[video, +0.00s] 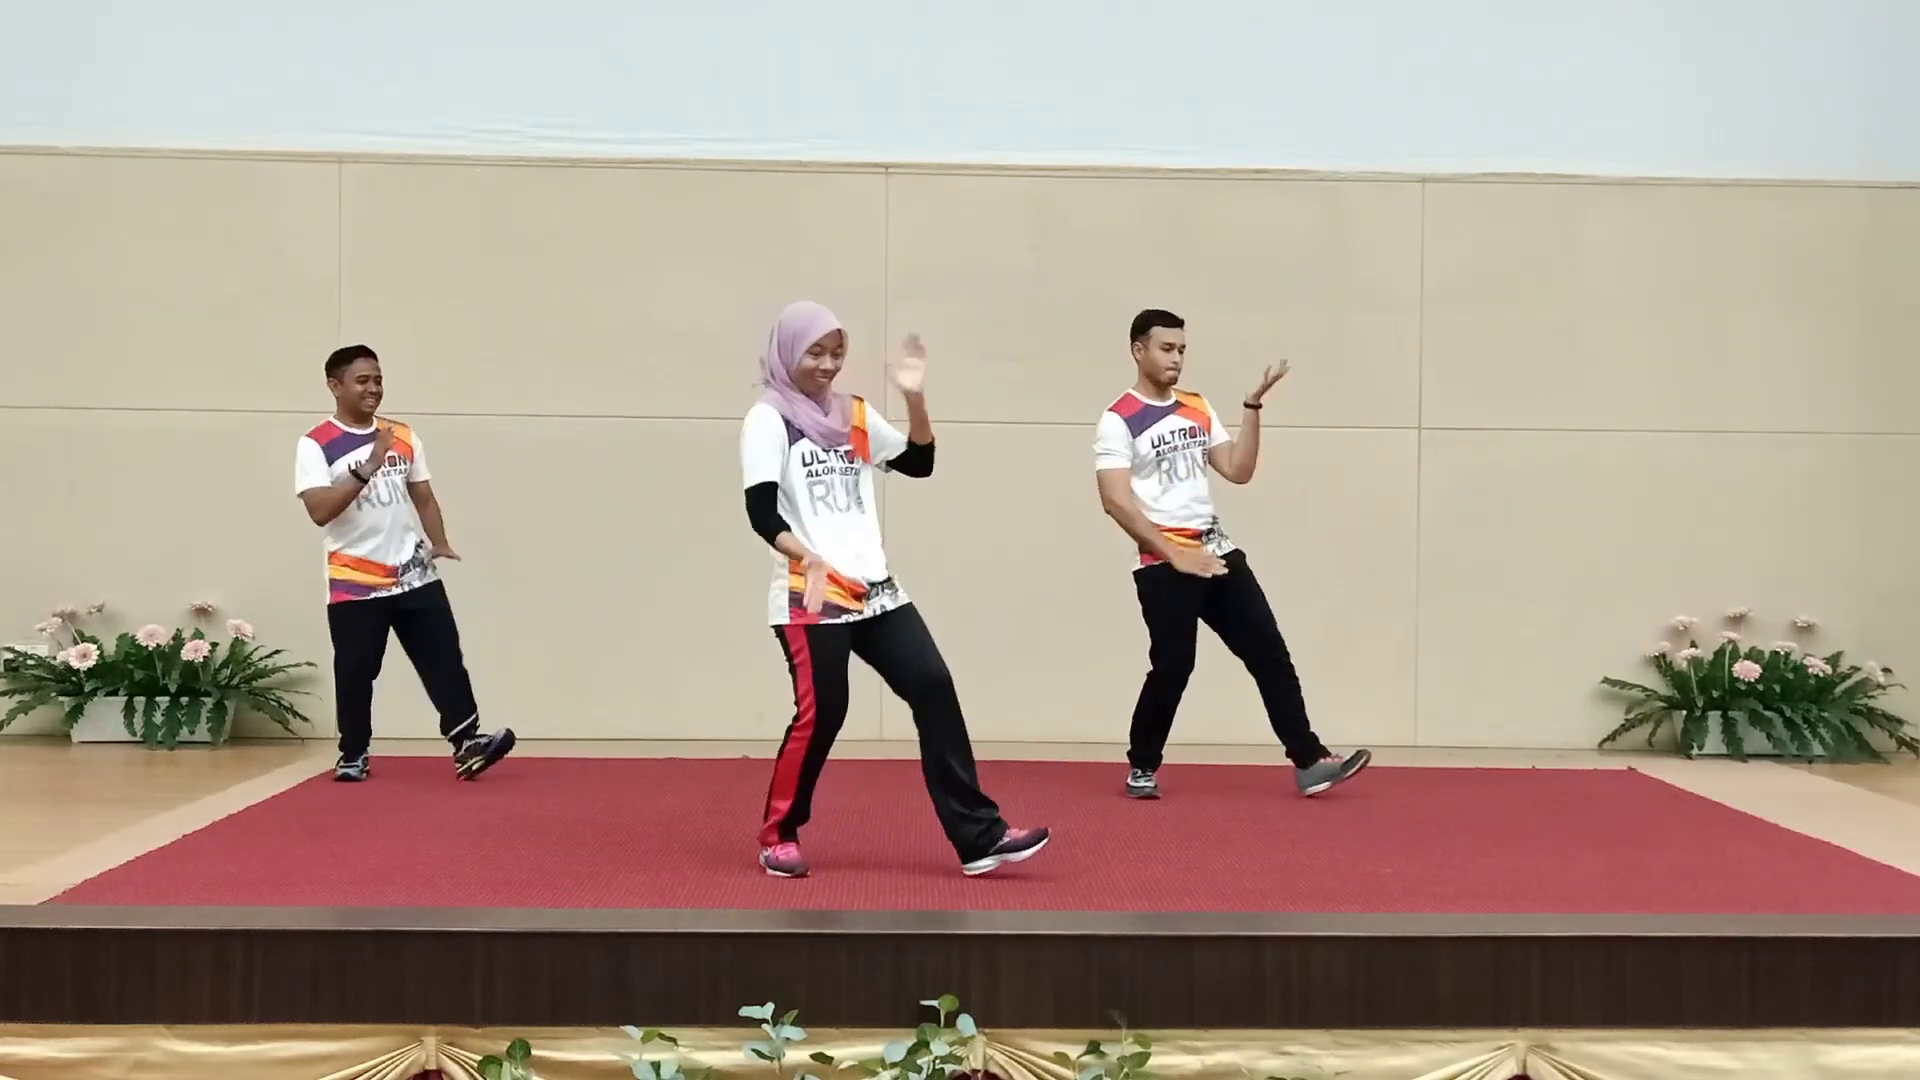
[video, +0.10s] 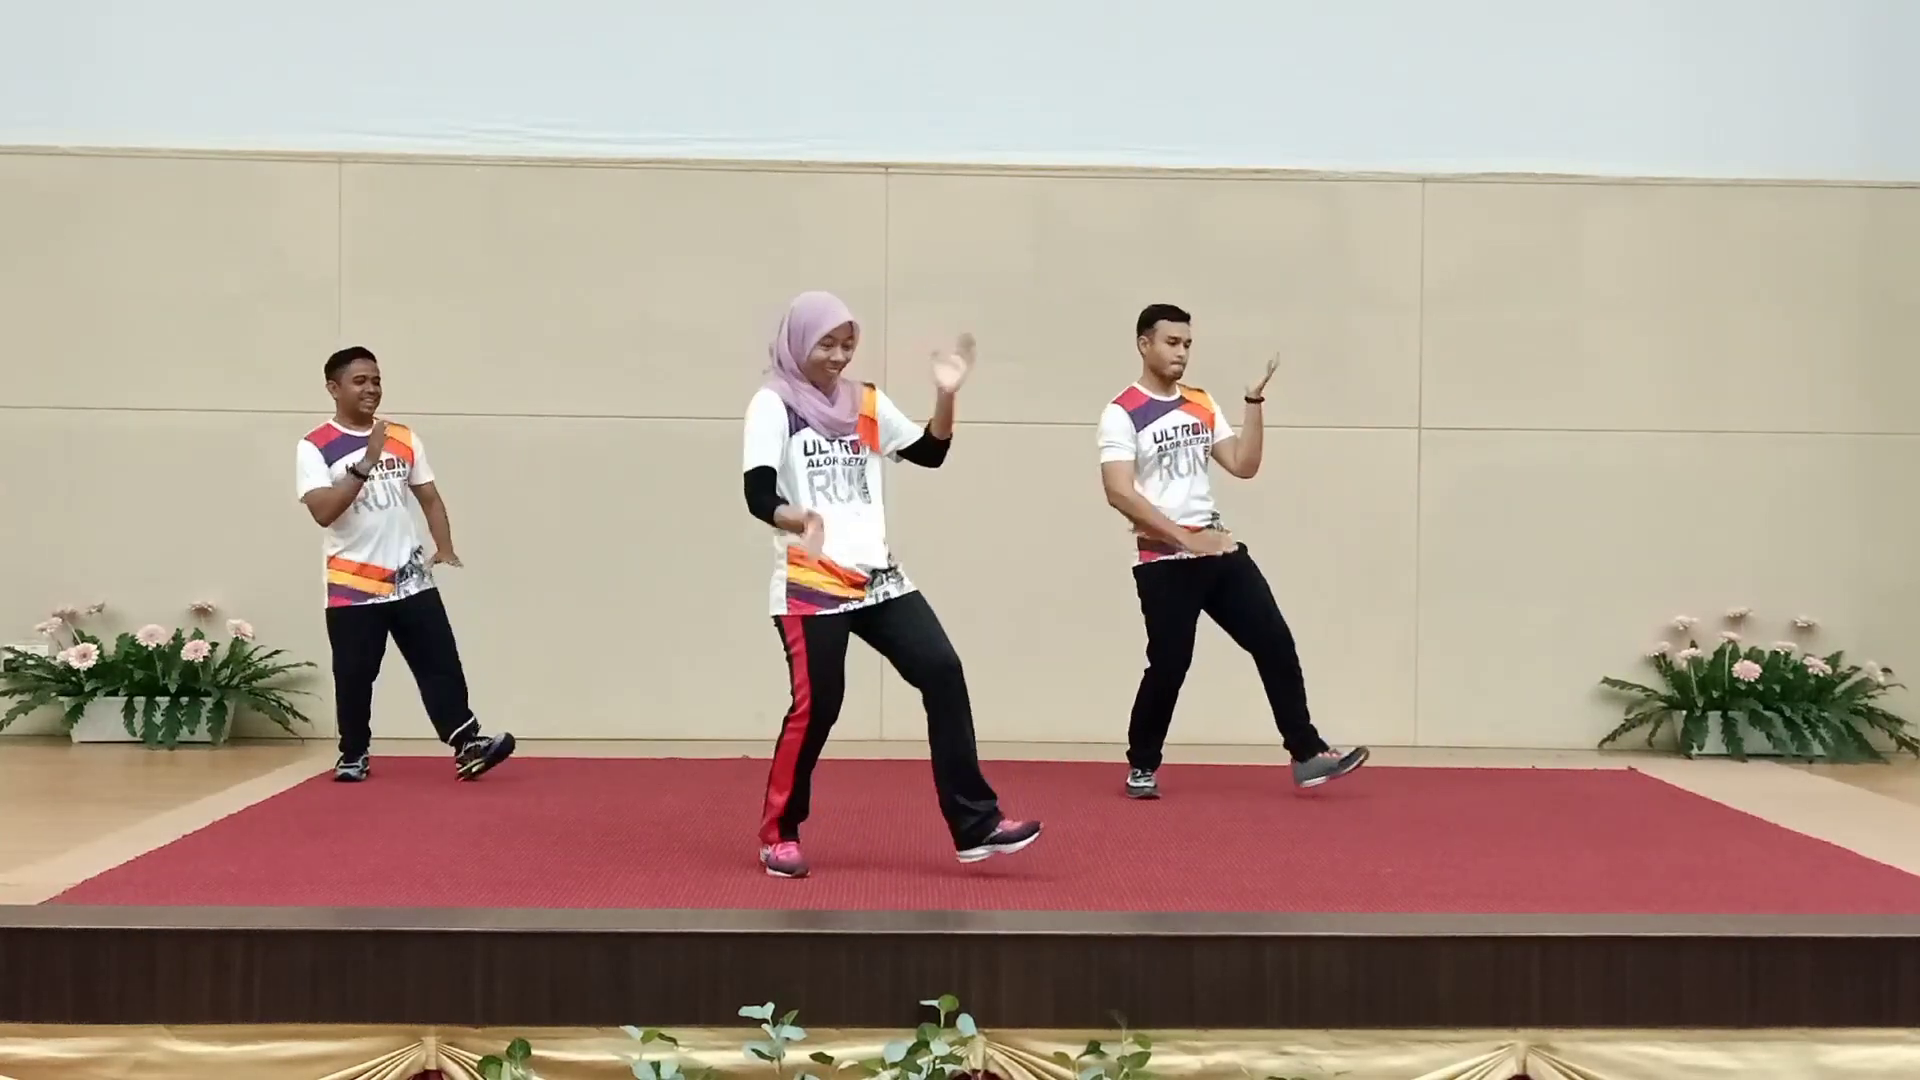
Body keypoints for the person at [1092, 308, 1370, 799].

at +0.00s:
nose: (1176, 358)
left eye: (1181, 350)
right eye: (1166, 349)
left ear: (1184, 354)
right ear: (1138, 350)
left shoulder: (1195, 407)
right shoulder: (1119, 419)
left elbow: (1239, 470)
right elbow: (1116, 500)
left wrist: (1251, 408)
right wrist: (1174, 553)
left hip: (1218, 557)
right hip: (1165, 567)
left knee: (1270, 656)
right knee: (1173, 666)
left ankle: (1310, 763)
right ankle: (1143, 767)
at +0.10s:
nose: (1181, 352)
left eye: (1186, 344)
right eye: (1172, 342)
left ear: (1190, 349)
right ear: (1144, 344)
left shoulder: (1198, 403)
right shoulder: (1122, 413)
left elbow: (1244, 464)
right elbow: (1120, 493)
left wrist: (1253, 404)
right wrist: (1185, 537)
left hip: (1219, 553)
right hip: (1164, 565)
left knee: (1275, 643)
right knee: (1168, 667)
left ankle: (1307, 756)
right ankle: (1142, 767)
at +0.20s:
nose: (1194, 334)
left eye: (1202, 326)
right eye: (1184, 323)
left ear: (1208, 333)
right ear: (1161, 326)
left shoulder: (1218, 388)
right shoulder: (1135, 392)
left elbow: (1264, 449)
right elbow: (1136, 468)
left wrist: (1269, 393)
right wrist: (1215, 481)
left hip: (1224, 539)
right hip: (1168, 549)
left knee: (1281, 633)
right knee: (1160, 659)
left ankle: (1316, 742)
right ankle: (1141, 764)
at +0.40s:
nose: (1226, 331)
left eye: (1237, 324)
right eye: (1218, 320)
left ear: (1248, 331)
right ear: (1200, 321)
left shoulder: (1255, 386)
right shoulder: (1169, 378)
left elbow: (1306, 454)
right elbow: (1172, 445)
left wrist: (1309, 423)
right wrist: (1241, 418)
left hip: (1246, 535)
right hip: (1186, 539)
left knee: (1294, 639)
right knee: (1168, 653)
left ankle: (1336, 749)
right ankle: (1143, 763)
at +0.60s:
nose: (1277, 342)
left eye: (1289, 334)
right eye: (1270, 330)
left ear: (1305, 342)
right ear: (1256, 331)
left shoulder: (1320, 402)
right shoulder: (1225, 390)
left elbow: (1345, 465)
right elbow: (1217, 460)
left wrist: (1353, 493)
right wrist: (1263, 406)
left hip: (1296, 552)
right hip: (1231, 552)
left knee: (1328, 660)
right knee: (1197, 657)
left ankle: (1346, 775)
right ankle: (1148, 763)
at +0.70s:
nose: (1302, 340)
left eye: (1314, 332)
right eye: (1295, 328)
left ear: (1333, 341)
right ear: (1283, 331)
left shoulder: (1350, 400)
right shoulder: (1253, 390)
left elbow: (1373, 471)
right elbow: (1240, 461)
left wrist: (1368, 493)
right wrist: (1290, 412)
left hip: (1327, 550)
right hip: (1260, 549)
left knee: (1348, 662)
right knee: (1222, 653)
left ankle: (1349, 777)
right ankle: (1177, 758)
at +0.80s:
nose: (1322, 332)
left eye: (1335, 326)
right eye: (1317, 321)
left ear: (1354, 336)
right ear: (1305, 323)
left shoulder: (1374, 394)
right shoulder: (1273, 385)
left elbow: (1396, 475)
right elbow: (1259, 459)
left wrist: (1373, 455)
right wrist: (1306, 441)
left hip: (1347, 546)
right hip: (1281, 543)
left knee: (1353, 664)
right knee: (1255, 649)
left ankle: (1350, 777)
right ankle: (1243, 754)